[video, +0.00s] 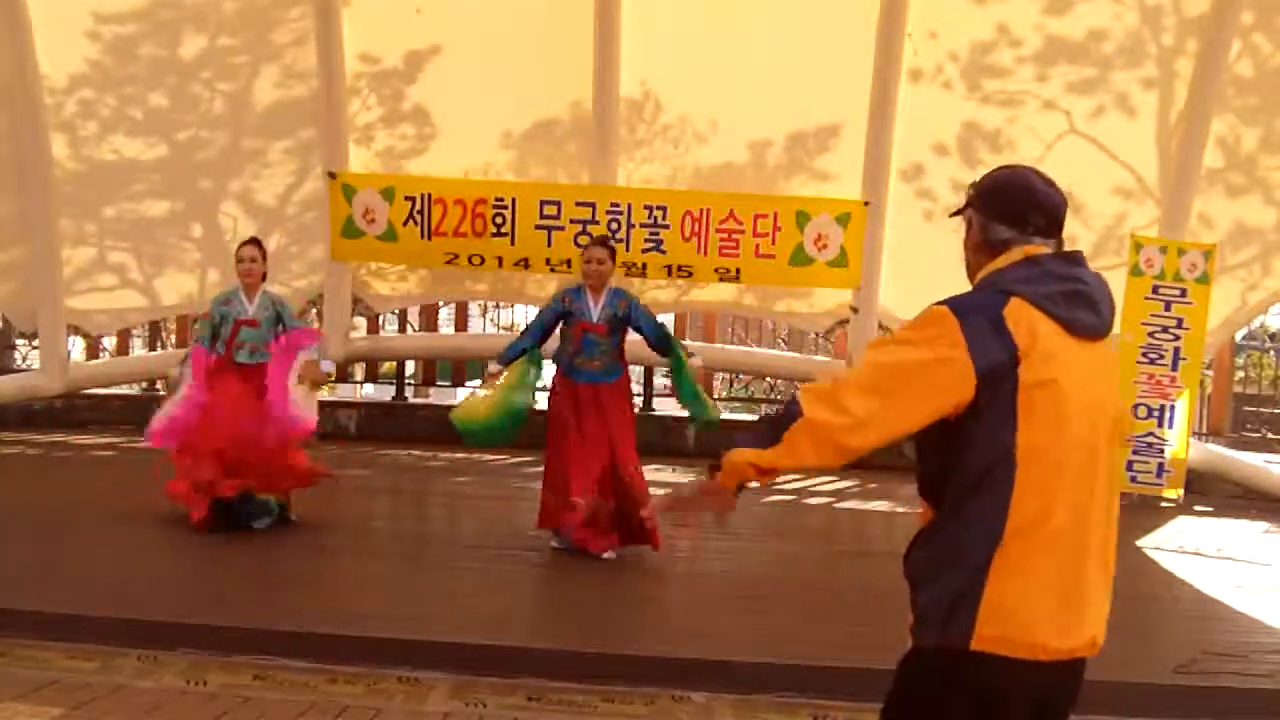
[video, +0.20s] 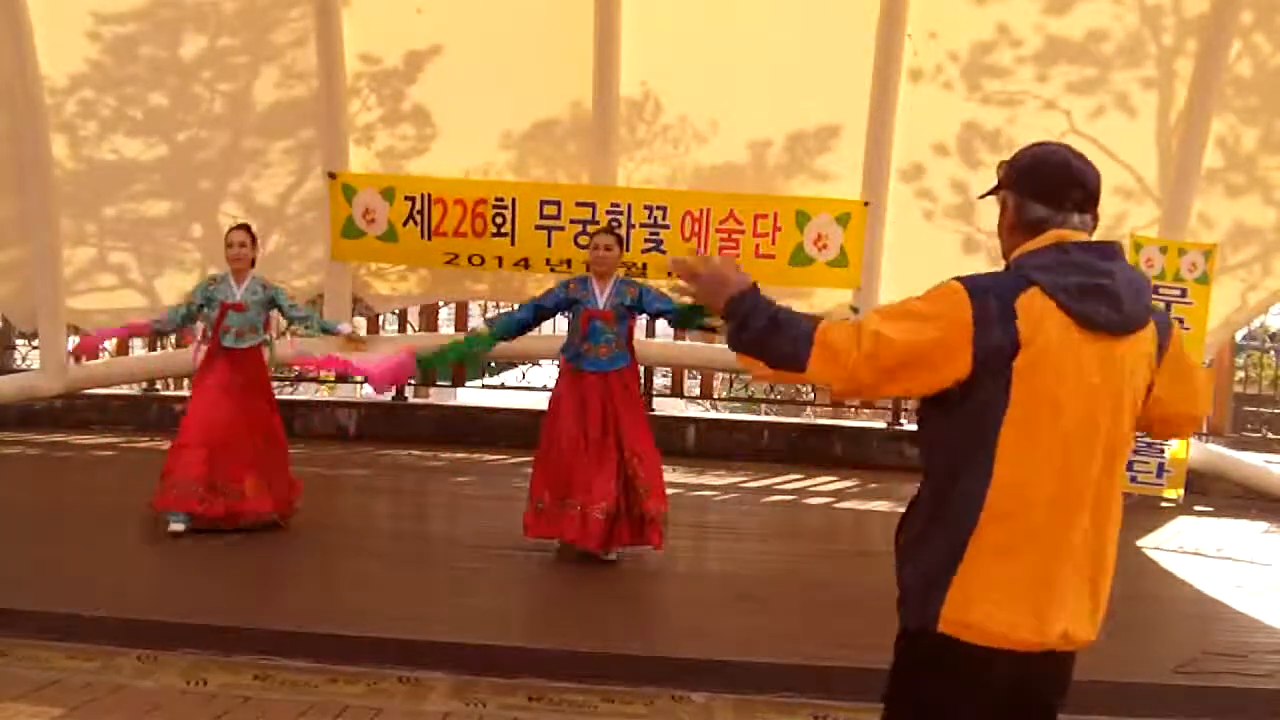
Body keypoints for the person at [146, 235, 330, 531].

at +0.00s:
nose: (247, 267)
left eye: (254, 261)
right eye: (242, 261)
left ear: (264, 267)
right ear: (235, 266)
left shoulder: (275, 305)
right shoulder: (222, 303)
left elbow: (298, 338)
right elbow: (203, 344)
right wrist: (197, 379)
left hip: (262, 376)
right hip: (226, 375)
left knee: (264, 435)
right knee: (224, 434)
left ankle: (278, 500)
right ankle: (219, 499)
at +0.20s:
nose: (237, 251)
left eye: (243, 246)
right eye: (232, 246)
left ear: (255, 251)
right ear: (225, 251)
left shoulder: (265, 289)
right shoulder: (212, 287)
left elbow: (300, 315)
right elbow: (176, 319)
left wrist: (338, 329)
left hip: (250, 368)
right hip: (215, 367)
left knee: (256, 433)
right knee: (198, 431)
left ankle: (267, 504)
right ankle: (180, 509)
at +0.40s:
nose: (220, 235)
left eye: (226, 229)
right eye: (215, 230)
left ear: (239, 234)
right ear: (208, 235)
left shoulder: (250, 268)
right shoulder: (197, 267)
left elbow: (292, 276)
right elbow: (159, 275)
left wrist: (337, 272)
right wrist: (121, 273)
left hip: (232, 355)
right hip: (199, 355)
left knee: (238, 426)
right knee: (196, 426)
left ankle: (244, 506)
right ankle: (198, 510)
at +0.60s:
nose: (204, 232)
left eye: (211, 226)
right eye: (199, 226)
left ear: (224, 232)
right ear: (193, 231)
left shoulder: (233, 263)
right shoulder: (182, 264)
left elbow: (276, 248)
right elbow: (142, 248)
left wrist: (317, 220)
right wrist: (106, 220)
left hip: (218, 357)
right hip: (184, 358)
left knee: (215, 431)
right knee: (187, 432)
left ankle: (211, 514)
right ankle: (192, 513)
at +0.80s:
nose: (195, 233)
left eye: (202, 228)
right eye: (190, 227)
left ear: (213, 232)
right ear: (182, 230)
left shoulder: (218, 265)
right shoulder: (172, 263)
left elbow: (251, 238)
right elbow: (135, 235)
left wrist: (276, 201)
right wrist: (106, 191)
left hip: (207, 365)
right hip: (173, 364)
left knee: (205, 437)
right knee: (171, 438)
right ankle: (170, 522)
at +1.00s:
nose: (188, 231)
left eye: (195, 226)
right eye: (182, 225)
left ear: (207, 233)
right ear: (174, 229)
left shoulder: (210, 267)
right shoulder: (164, 263)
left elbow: (230, 238)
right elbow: (130, 229)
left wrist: (233, 194)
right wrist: (112, 178)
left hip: (194, 369)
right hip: (160, 368)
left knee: (198, 444)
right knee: (157, 443)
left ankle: (204, 527)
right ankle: (156, 527)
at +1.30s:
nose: (166, 237)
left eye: (173, 231)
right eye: (163, 230)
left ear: (187, 235)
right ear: (156, 235)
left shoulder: (194, 274)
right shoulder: (146, 268)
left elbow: (196, 262)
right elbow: (120, 235)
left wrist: (186, 232)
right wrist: (116, 192)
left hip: (180, 370)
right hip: (143, 367)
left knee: (183, 448)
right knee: (140, 448)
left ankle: (185, 537)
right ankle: (137, 538)